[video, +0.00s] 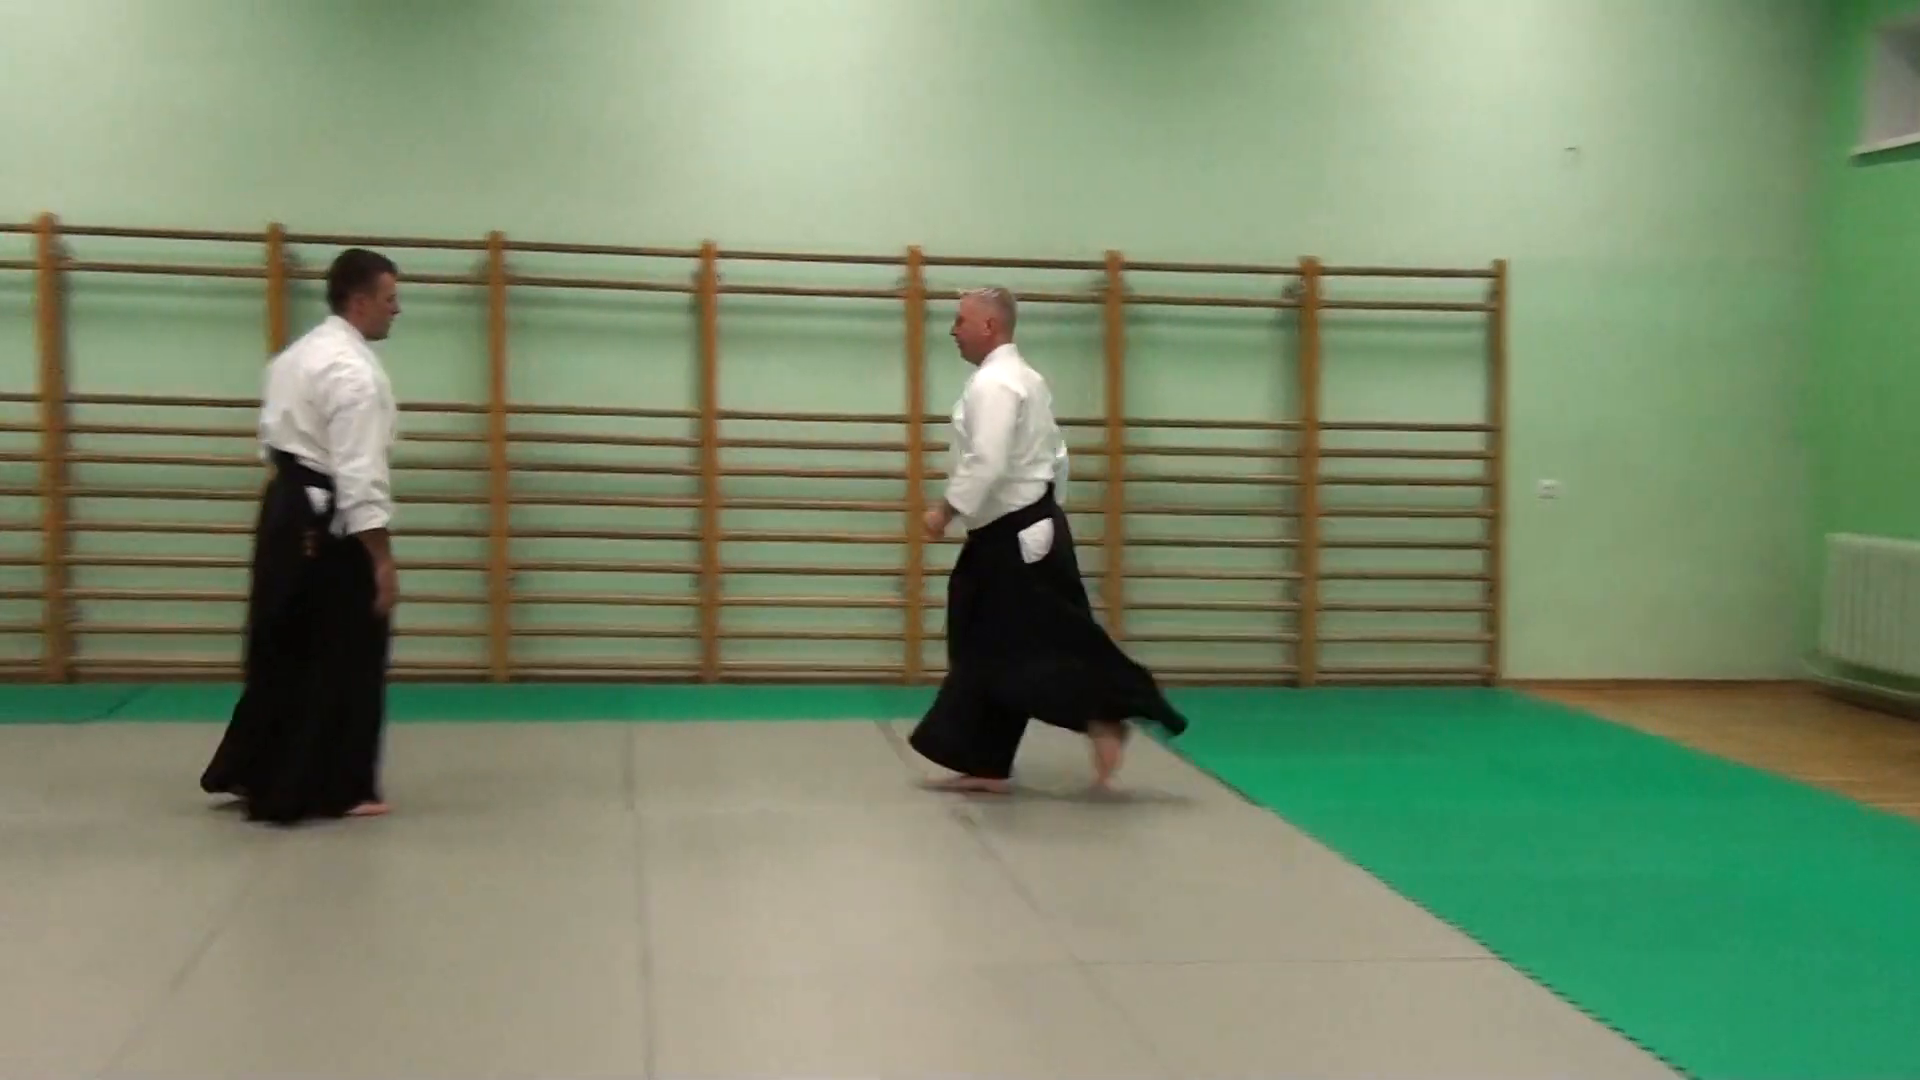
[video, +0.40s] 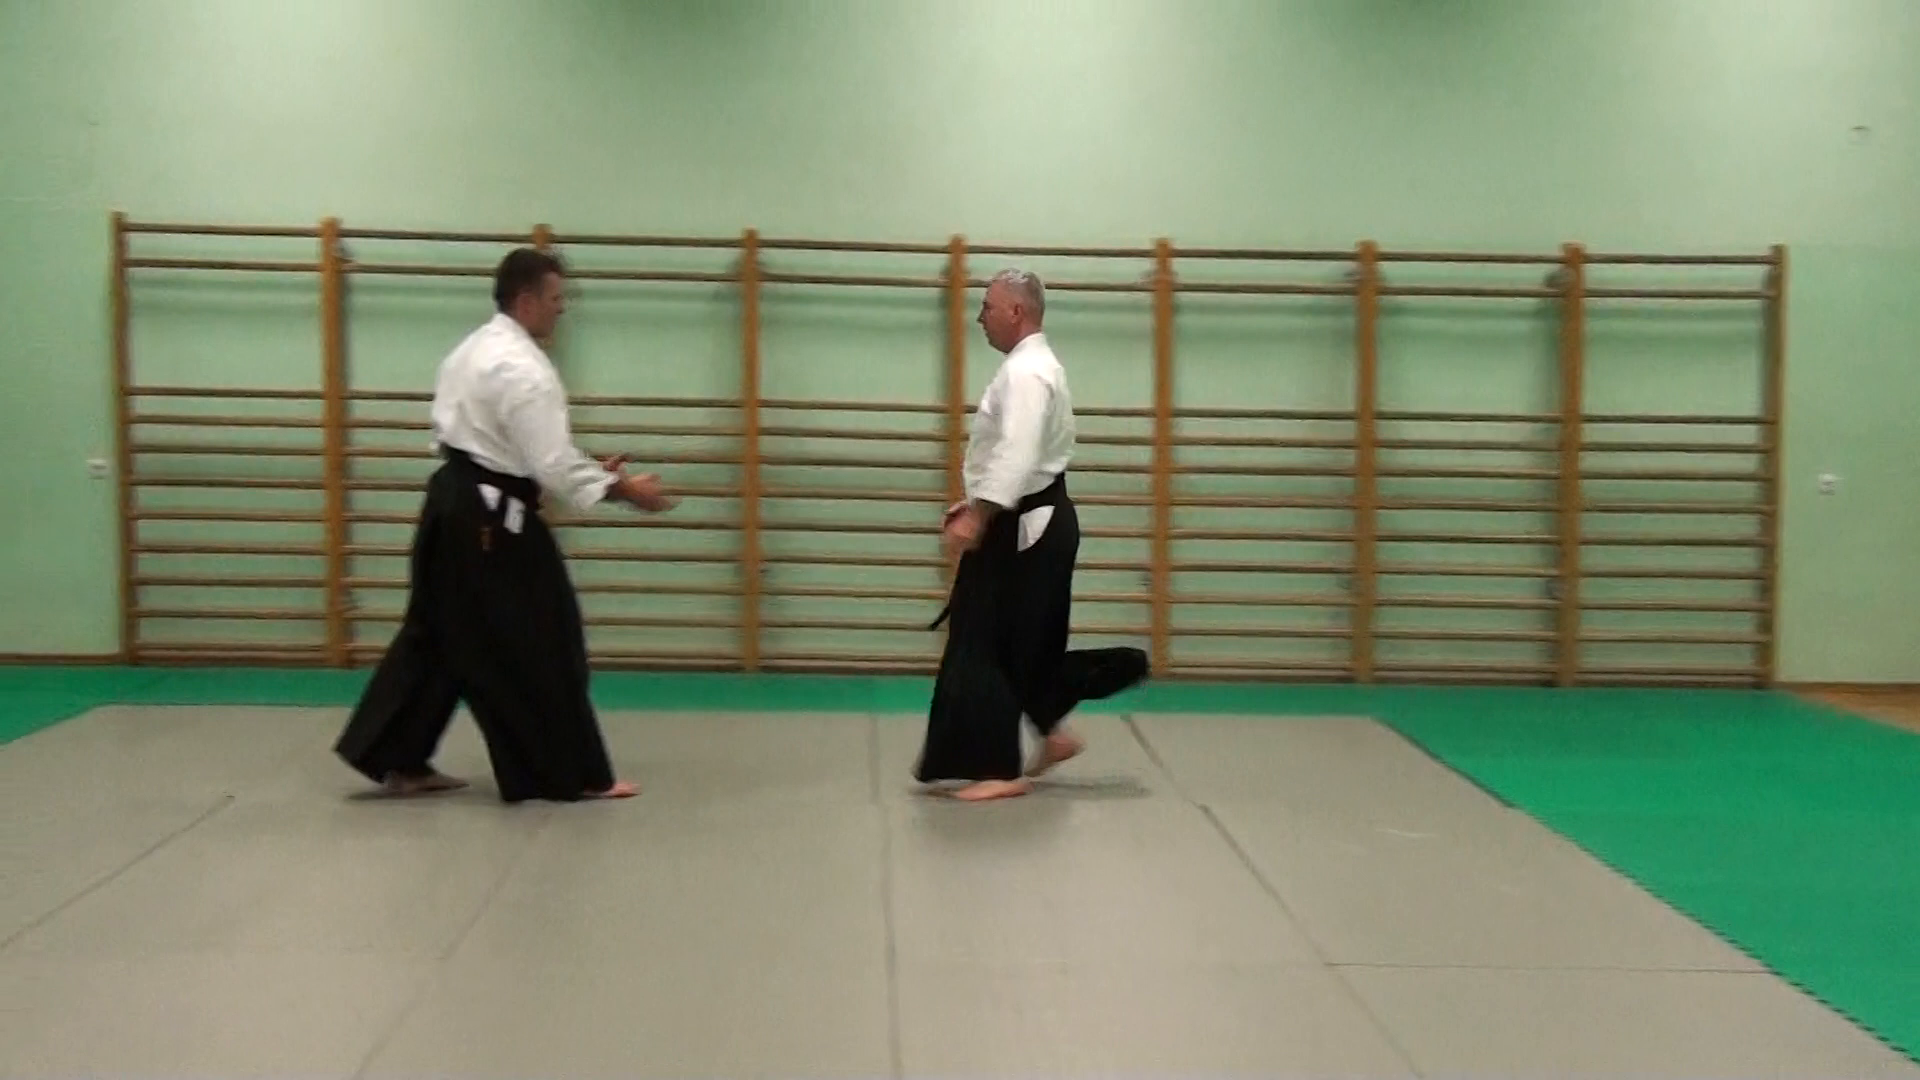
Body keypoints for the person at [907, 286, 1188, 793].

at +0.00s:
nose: (954, 330)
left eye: (960, 321)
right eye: (956, 321)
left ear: (988, 325)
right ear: (995, 326)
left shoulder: (992, 384)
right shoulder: (1026, 377)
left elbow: (986, 461)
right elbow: (1056, 454)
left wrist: (947, 508)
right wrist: (1048, 509)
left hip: (1006, 535)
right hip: (1037, 526)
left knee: (992, 645)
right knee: (1040, 641)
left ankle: (985, 765)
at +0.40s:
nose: (981, 318)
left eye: (987, 308)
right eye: (983, 308)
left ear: (1015, 312)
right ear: (1023, 313)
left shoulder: (1025, 371)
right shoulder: (1037, 363)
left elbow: (1017, 453)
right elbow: (1015, 449)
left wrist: (979, 512)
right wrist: (976, 499)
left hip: (1022, 521)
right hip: (1039, 514)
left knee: (979, 637)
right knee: (1017, 629)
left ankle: (999, 771)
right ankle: (1053, 731)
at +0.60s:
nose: (979, 317)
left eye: (985, 307)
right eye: (981, 308)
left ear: (1012, 310)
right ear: (1021, 311)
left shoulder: (1015, 368)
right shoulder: (1040, 365)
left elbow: (960, 433)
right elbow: (1007, 453)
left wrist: (884, 459)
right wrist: (939, 480)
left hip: (1004, 524)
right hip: (1017, 518)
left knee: (960, 637)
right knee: (961, 637)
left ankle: (1053, 741)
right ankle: (925, 755)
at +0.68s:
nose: (976, 321)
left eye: (982, 311)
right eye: (978, 311)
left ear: (1008, 315)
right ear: (1015, 316)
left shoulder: (1009, 375)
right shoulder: (1030, 370)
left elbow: (941, 430)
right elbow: (966, 441)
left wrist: (855, 444)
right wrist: (905, 463)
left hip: (1001, 527)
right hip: (1014, 522)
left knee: (937, 622)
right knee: (960, 628)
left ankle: (1009, 730)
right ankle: (940, 757)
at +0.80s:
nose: (966, 316)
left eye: (972, 306)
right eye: (968, 306)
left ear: (998, 311)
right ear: (1007, 312)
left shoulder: (998, 370)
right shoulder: (1019, 366)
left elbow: (925, 418)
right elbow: (940, 431)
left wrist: (843, 427)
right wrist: (865, 443)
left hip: (994, 525)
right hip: (1014, 522)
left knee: (912, 622)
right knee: (974, 643)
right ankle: (973, 761)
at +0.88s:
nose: (964, 312)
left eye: (970, 302)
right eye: (966, 302)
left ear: (996, 308)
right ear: (1007, 310)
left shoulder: (993, 367)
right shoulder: (1022, 361)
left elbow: (924, 419)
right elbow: (940, 413)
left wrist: (854, 430)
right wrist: (874, 419)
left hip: (987, 522)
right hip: (1019, 515)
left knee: (926, 636)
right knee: (993, 637)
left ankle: (897, 763)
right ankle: (1000, 754)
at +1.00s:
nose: (964, 306)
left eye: (970, 297)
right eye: (965, 296)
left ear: (995, 302)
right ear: (1004, 303)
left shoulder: (988, 362)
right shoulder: (1019, 353)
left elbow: (934, 430)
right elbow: (951, 397)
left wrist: (876, 451)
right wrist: (899, 411)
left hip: (989, 515)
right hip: (1018, 507)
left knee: (939, 629)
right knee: (991, 633)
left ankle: (936, 760)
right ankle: (1024, 741)